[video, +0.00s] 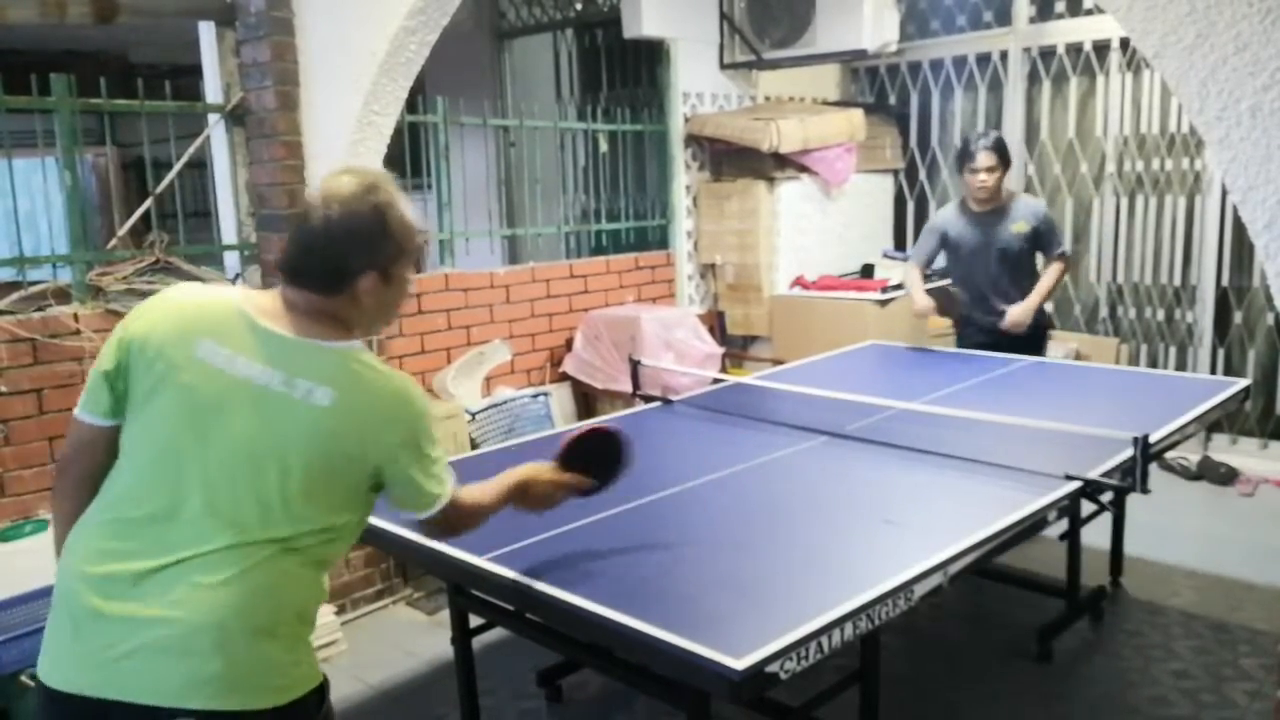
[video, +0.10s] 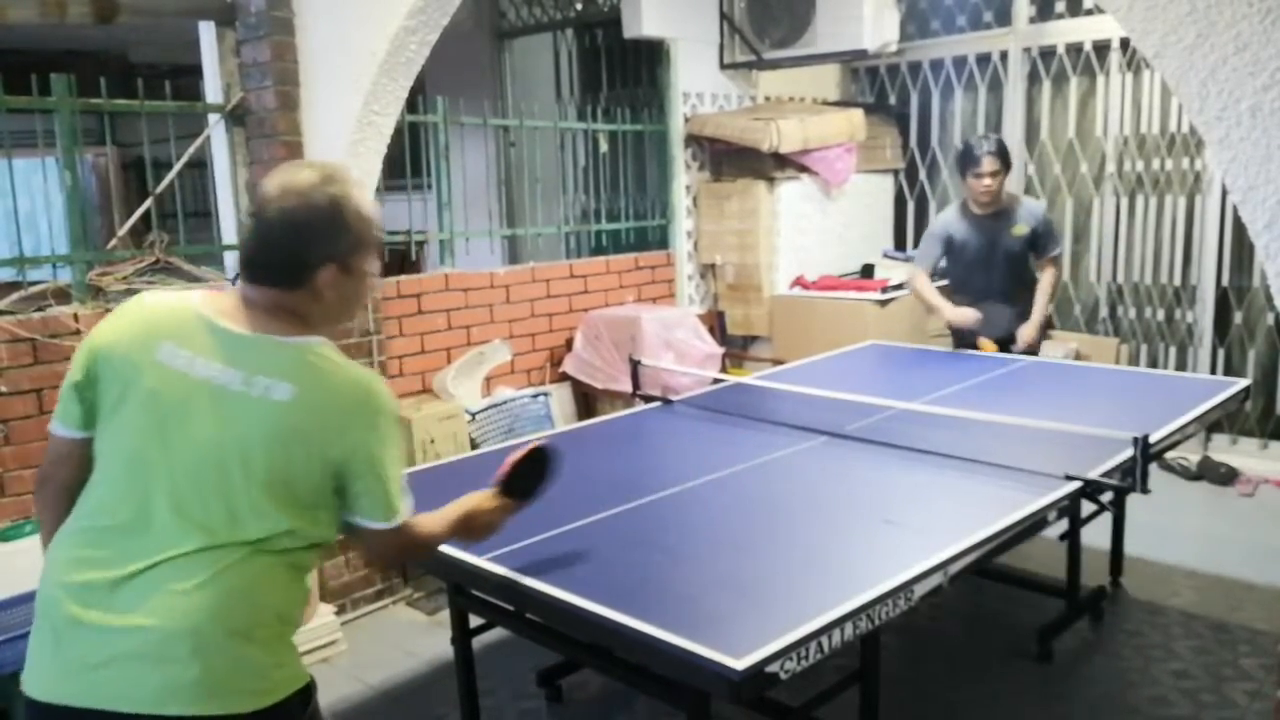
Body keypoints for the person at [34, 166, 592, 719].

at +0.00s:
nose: (413, 286)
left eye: (414, 269)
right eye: (409, 270)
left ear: (288, 260)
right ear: (370, 283)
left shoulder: (164, 316)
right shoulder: (388, 402)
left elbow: (70, 482)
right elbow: (447, 519)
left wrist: (86, 595)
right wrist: (516, 484)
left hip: (83, 662)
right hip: (242, 680)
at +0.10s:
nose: (377, 281)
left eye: (378, 261)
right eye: (372, 263)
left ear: (253, 254)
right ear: (327, 276)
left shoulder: (131, 325)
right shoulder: (354, 399)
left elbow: (52, 488)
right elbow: (393, 550)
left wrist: (79, 597)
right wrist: (476, 510)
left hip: (67, 673)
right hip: (222, 684)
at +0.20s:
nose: (320, 267)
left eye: (318, 250)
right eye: (313, 253)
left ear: (204, 250)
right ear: (273, 268)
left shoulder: (88, 334)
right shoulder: (306, 392)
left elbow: (31, 510)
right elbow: (327, 569)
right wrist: (401, 550)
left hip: (47, 675)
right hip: (204, 683)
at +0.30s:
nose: (276, 256)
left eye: (272, 237)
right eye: (263, 238)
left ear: (147, 243)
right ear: (217, 255)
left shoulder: (45, 338)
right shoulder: (258, 383)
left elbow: (9, 507)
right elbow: (268, 573)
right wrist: (347, 578)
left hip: (28, 667)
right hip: (181, 681)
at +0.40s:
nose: (231, 248)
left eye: (226, 229)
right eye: (221, 231)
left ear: (98, 242)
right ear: (171, 251)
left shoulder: (15, 343)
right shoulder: (215, 373)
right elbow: (227, 567)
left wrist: (232, 603)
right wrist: (303, 604)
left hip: (24, 681)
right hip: (167, 687)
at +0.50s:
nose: (207, 238)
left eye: (202, 219)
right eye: (195, 221)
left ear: (75, 240)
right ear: (142, 247)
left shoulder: (11, 338)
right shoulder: (192, 365)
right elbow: (210, 564)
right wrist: (290, 622)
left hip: (21, 682)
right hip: (155, 688)